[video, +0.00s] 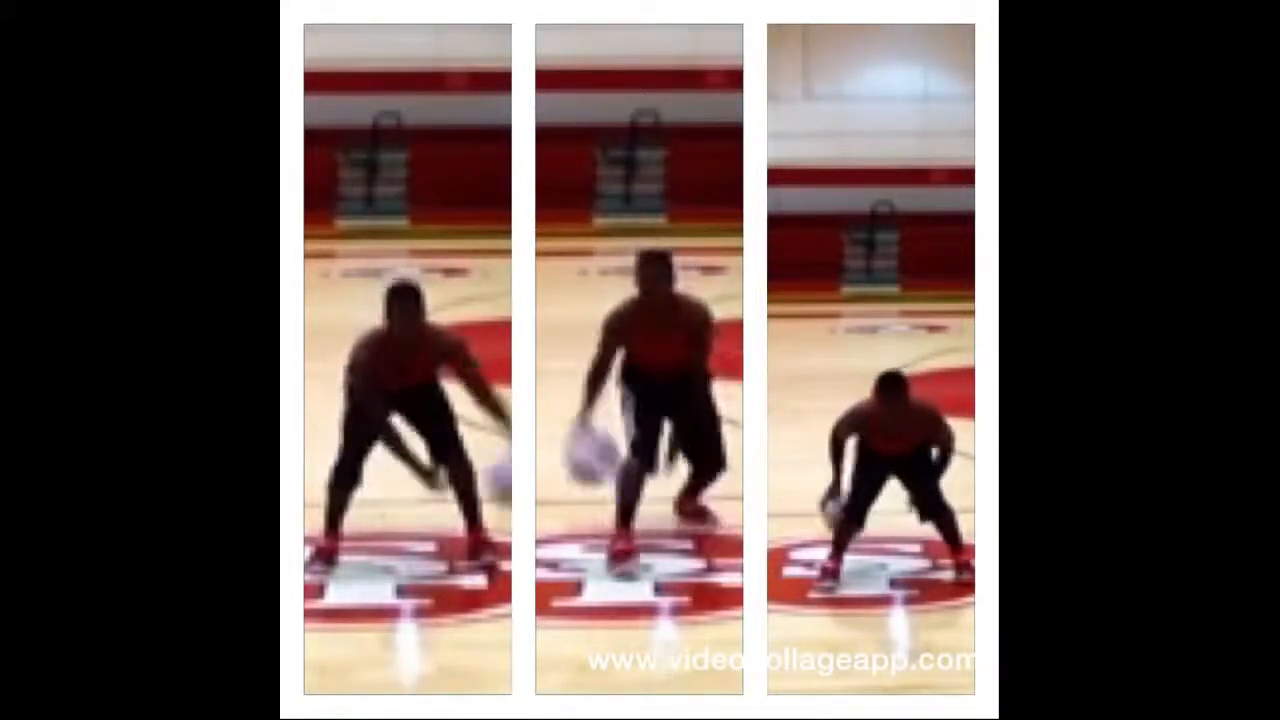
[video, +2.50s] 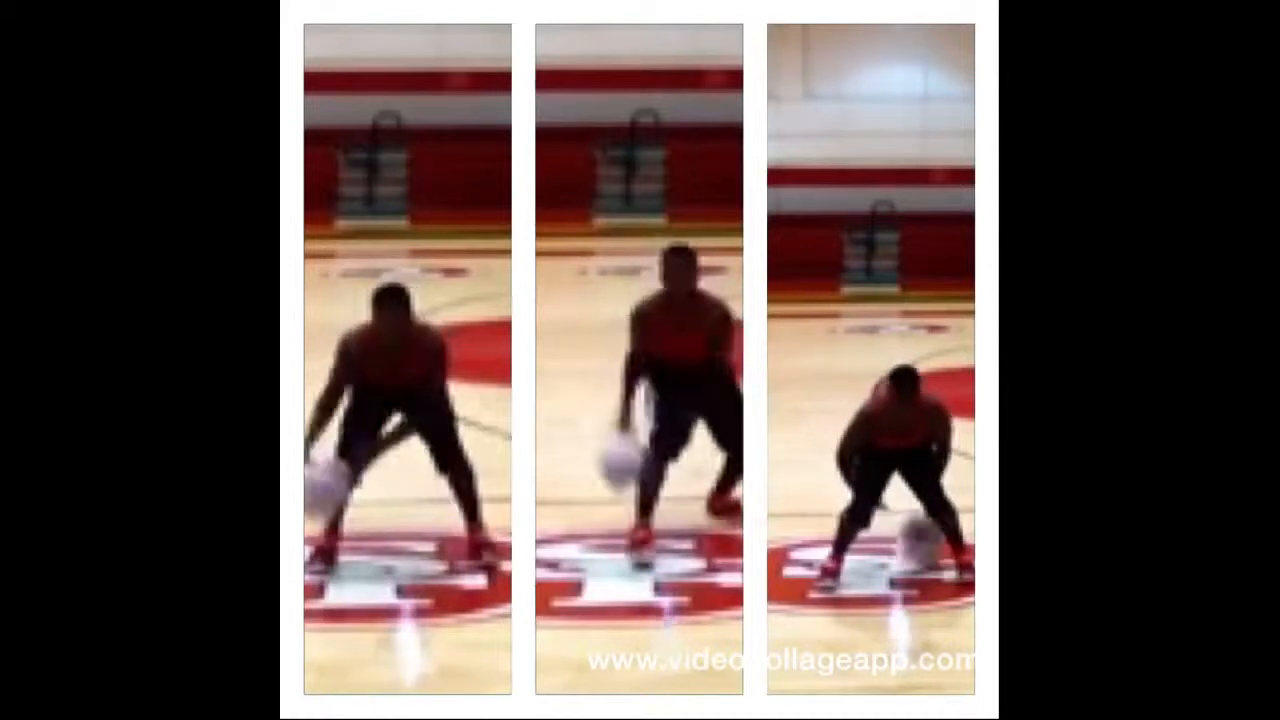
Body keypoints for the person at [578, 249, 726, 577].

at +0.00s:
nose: (651, 289)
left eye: (659, 281)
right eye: (645, 281)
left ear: (671, 280)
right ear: (637, 281)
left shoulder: (696, 317)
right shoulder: (624, 319)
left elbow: (698, 379)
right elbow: (601, 368)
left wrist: (679, 433)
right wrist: (586, 413)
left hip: (687, 386)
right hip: (644, 388)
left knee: (711, 460)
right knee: (642, 456)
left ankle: (688, 501)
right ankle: (623, 531)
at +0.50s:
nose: (660, 276)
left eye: (666, 268)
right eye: (653, 268)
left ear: (675, 268)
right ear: (641, 270)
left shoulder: (693, 300)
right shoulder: (623, 311)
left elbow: (727, 329)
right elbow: (604, 362)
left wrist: (750, 348)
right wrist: (606, 403)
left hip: (675, 370)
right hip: (629, 374)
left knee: (698, 443)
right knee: (607, 449)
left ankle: (717, 520)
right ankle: (613, 505)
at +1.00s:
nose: (658, 274)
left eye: (666, 266)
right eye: (653, 265)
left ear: (678, 267)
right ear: (644, 265)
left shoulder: (699, 302)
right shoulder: (625, 295)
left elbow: (728, 345)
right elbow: (587, 326)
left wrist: (728, 395)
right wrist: (551, 366)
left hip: (694, 369)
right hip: (646, 368)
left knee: (714, 440)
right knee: (621, 446)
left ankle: (718, 492)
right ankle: (620, 519)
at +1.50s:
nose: (675, 272)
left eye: (680, 263)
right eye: (668, 264)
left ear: (690, 264)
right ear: (656, 266)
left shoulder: (712, 299)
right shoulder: (635, 307)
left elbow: (743, 338)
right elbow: (612, 362)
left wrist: (751, 384)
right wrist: (608, 418)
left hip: (696, 365)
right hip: (651, 369)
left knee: (729, 437)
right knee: (639, 434)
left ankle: (713, 492)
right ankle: (626, 513)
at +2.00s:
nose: (676, 282)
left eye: (681, 274)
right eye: (669, 275)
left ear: (691, 275)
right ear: (658, 276)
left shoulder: (709, 315)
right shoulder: (637, 315)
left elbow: (725, 370)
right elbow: (633, 376)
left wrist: (723, 417)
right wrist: (648, 427)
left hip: (694, 386)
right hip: (649, 385)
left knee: (709, 447)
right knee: (605, 442)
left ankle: (734, 517)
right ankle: (628, 507)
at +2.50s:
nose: (678, 281)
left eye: (684, 274)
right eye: (672, 274)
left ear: (695, 274)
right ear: (663, 275)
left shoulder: (715, 313)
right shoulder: (647, 315)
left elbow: (726, 363)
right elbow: (634, 364)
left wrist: (734, 400)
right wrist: (626, 413)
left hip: (711, 383)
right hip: (670, 386)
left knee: (741, 444)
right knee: (664, 445)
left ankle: (720, 497)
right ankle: (643, 521)